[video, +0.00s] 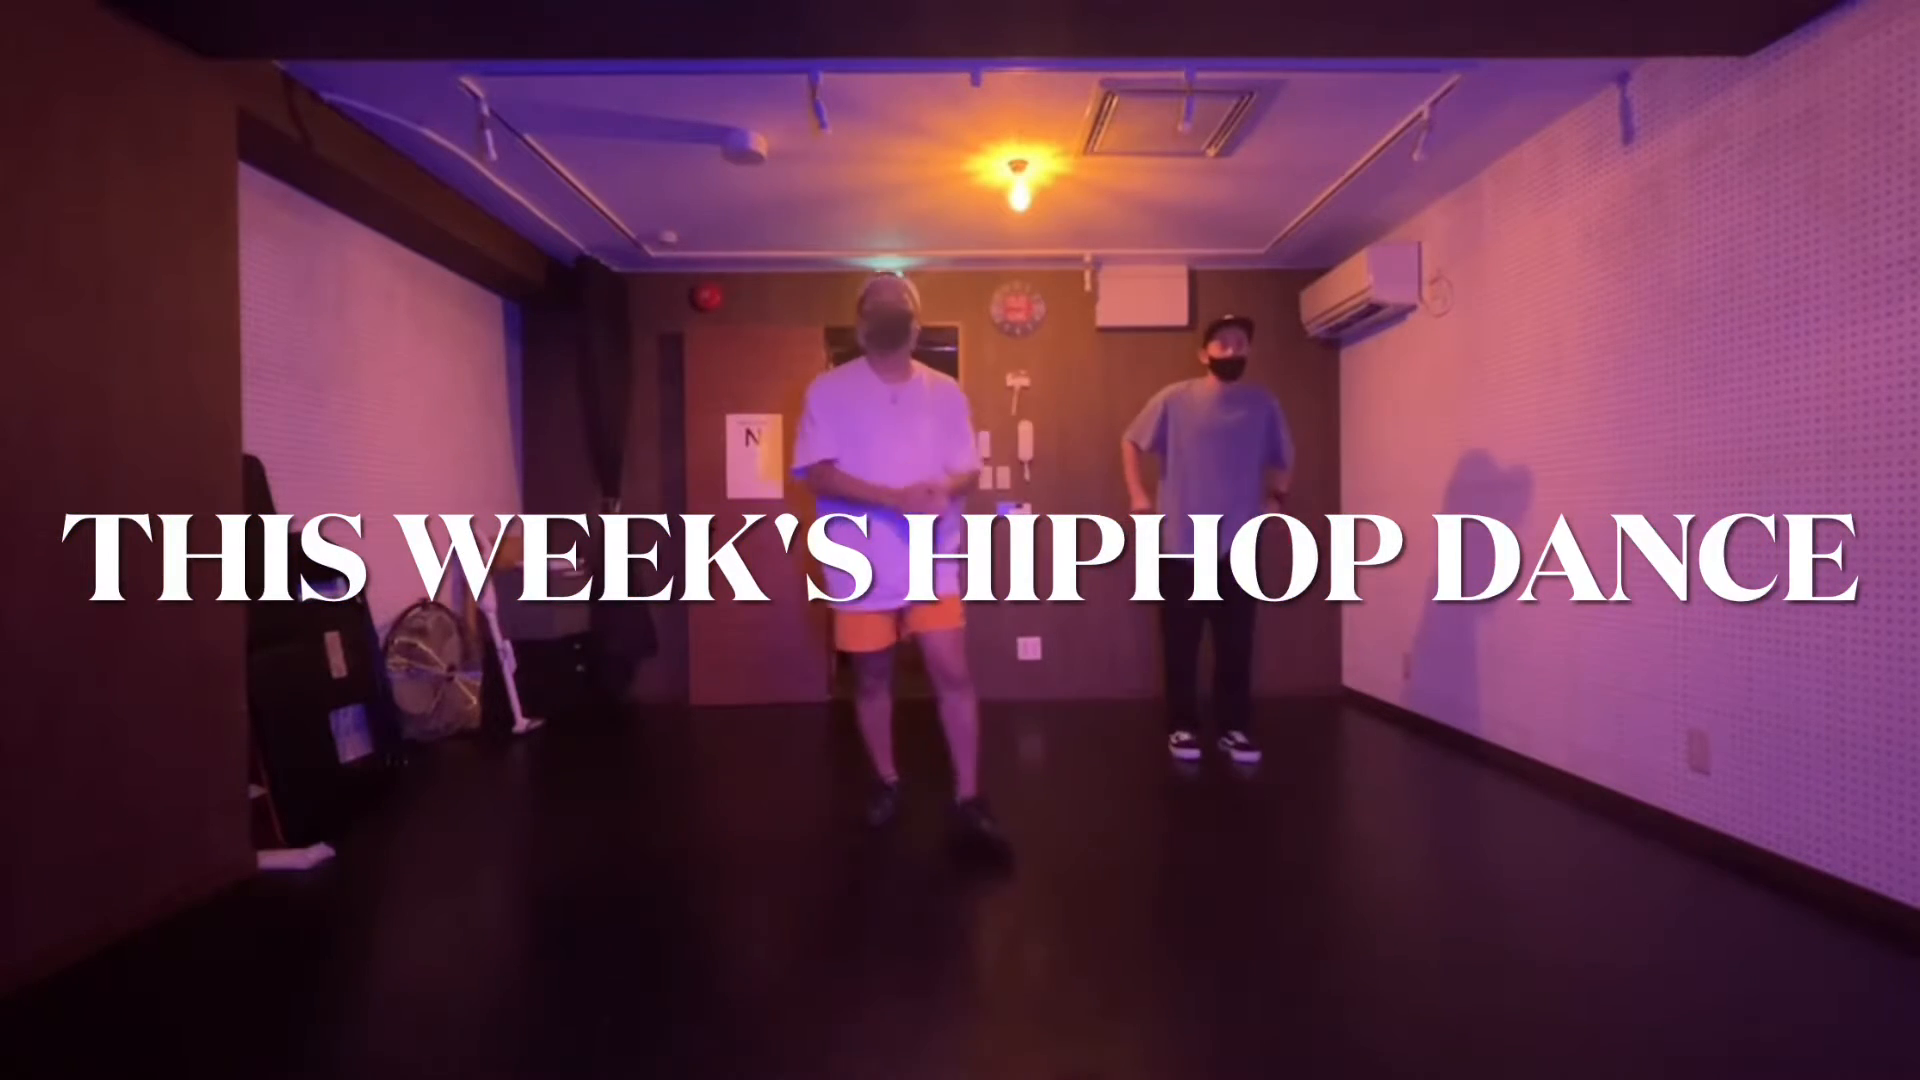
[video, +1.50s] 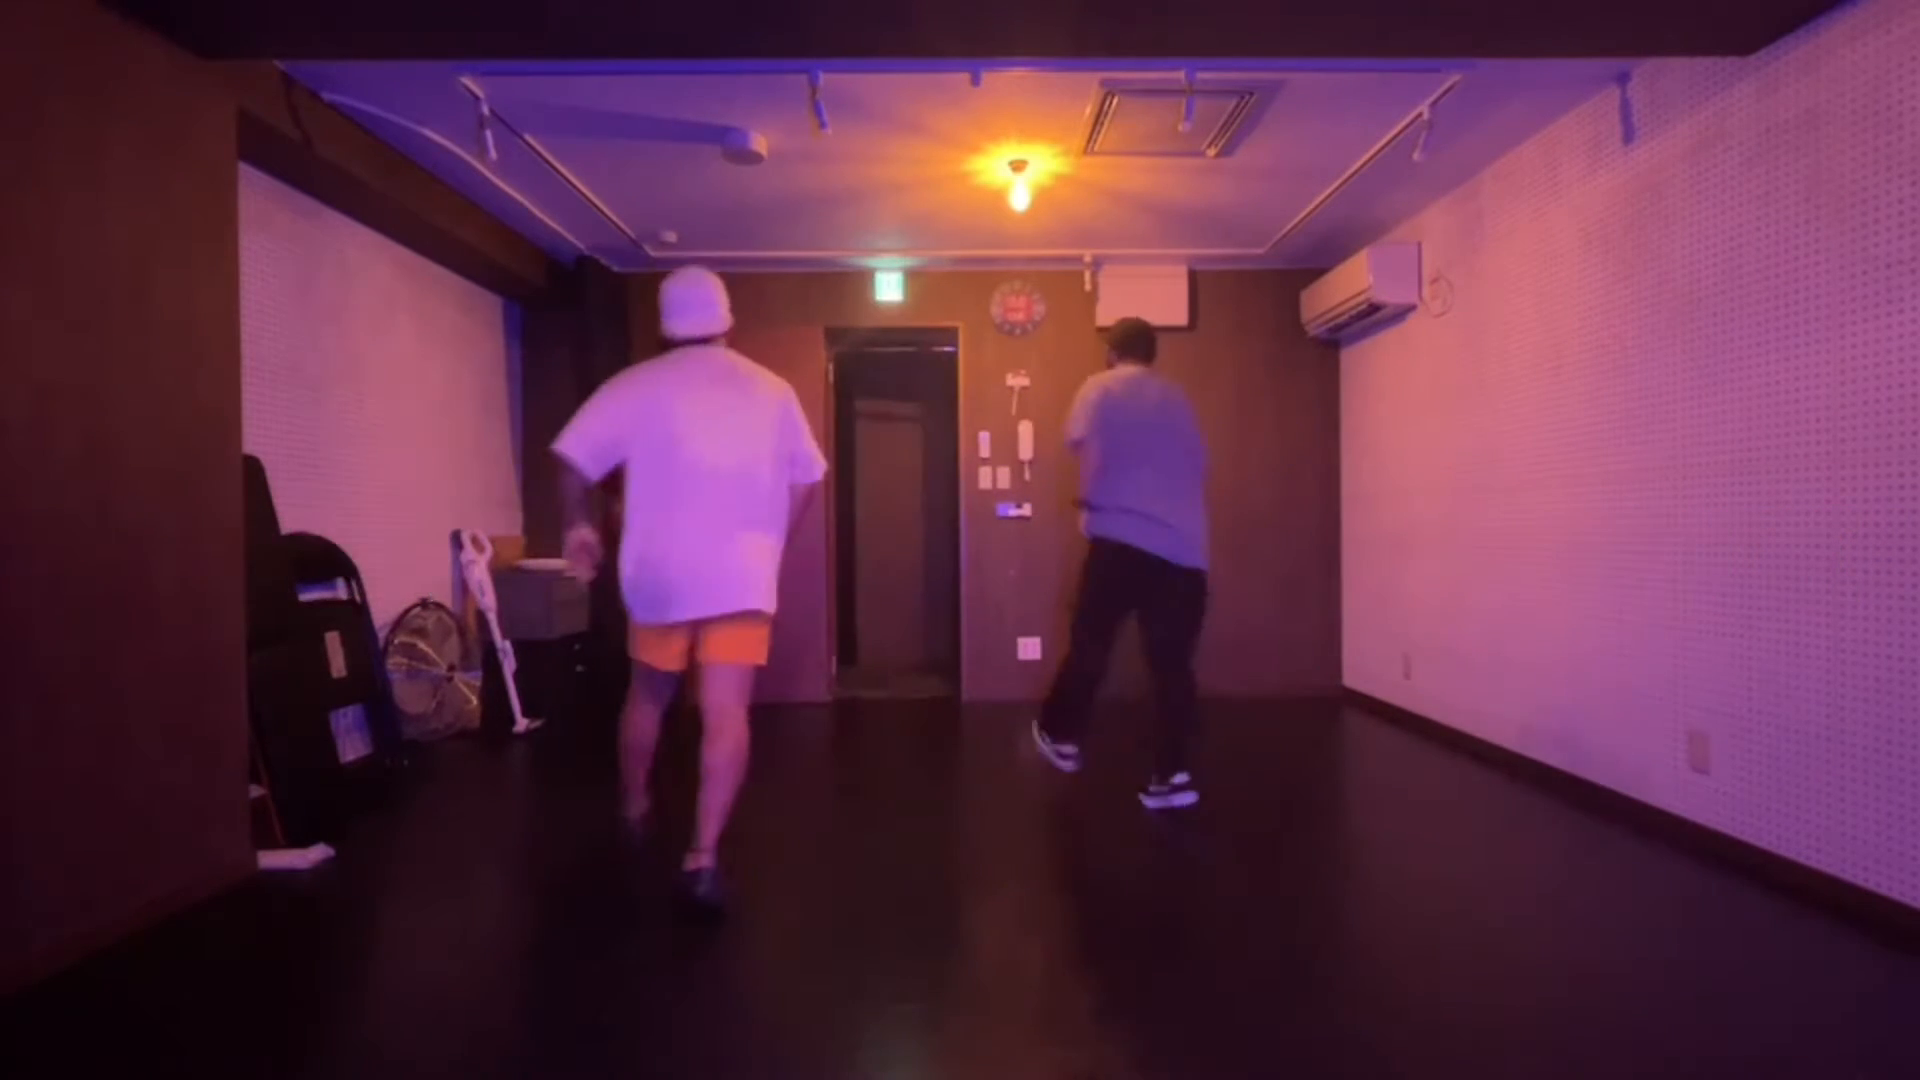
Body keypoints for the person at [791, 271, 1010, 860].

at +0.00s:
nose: (891, 322)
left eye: (900, 313)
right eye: (880, 314)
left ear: (916, 322)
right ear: (862, 323)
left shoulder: (945, 392)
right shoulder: (828, 392)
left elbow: (968, 472)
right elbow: (818, 474)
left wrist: (943, 489)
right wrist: (894, 498)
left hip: (936, 564)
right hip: (862, 565)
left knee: (952, 671)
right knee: (873, 676)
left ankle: (968, 797)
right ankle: (887, 785)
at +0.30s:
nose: (927, 309)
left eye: (937, 301)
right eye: (917, 299)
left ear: (951, 317)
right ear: (895, 310)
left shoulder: (973, 395)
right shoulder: (851, 382)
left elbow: (990, 493)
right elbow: (831, 479)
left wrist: (980, 562)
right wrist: (834, 557)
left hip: (948, 572)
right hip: (868, 570)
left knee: (958, 691)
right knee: (876, 690)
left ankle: (973, 826)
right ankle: (887, 785)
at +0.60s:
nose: (901, 292)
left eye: (913, 281)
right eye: (887, 283)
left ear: (935, 295)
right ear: (870, 299)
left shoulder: (970, 376)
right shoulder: (843, 375)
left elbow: (1032, 457)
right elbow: (799, 461)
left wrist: (1077, 516)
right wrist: (748, 515)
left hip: (941, 566)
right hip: (856, 562)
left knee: (956, 690)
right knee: (827, 682)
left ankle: (972, 827)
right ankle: (886, 785)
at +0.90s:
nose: (771, 305)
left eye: (786, 293)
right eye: (765, 295)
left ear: (817, 302)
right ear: (758, 309)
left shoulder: (852, 358)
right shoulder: (766, 396)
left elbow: (915, 399)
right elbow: (772, 492)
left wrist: (913, 475)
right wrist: (752, 545)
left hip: (868, 568)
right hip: (797, 575)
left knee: (899, 701)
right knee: (770, 698)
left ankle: (965, 820)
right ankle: (750, 856)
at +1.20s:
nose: (698, 312)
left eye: (710, 302)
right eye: (698, 302)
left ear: (741, 309)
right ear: (747, 313)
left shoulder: (716, 370)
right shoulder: (774, 375)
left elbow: (703, 482)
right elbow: (780, 491)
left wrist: (674, 562)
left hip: (725, 573)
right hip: (777, 576)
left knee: (673, 705)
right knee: (729, 706)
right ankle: (739, 855)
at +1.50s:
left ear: (664, 322)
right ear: (725, 319)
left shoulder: (638, 385)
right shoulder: (768, 387)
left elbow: (573, 458)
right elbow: (808, 476)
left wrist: (577, 524)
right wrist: (773, 545)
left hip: (657, 572)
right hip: (743, 572)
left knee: (647, 697)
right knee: (727, 710)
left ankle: (633, 813)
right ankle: (705, 856)